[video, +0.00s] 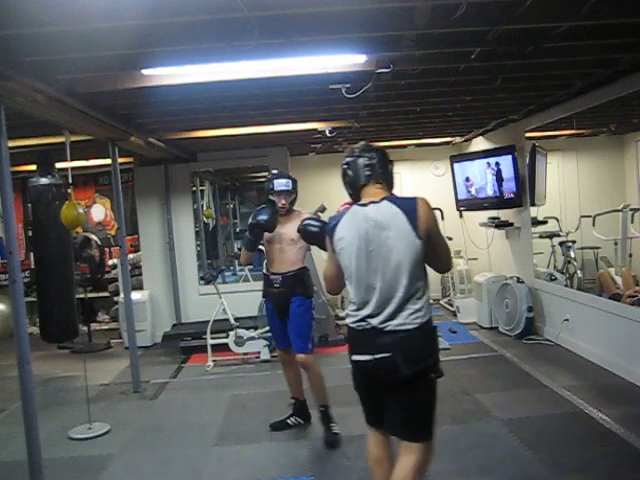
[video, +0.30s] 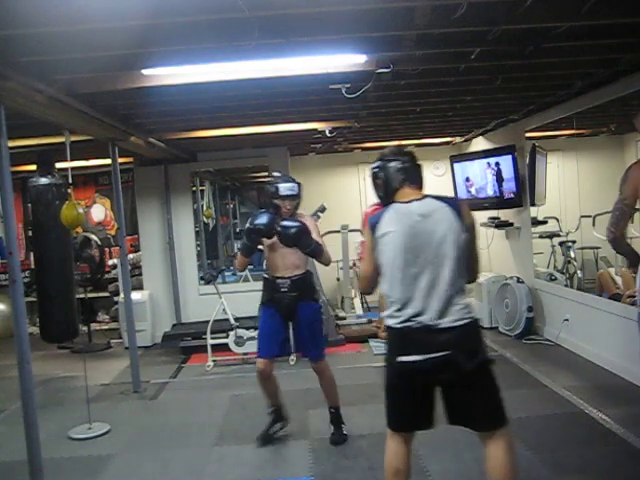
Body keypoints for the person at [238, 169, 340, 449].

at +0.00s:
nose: (282, 201)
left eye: (287, 196)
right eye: (278, 196)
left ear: (295, 196)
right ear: (270, 196)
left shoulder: (305, 220)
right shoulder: (263, 220)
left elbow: (333, 249)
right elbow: (245, 259)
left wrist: (324, 235)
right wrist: (254, 232)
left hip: (297, 286)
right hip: (271, 287)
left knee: (303, 357)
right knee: (285, 355)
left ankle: (327, 418)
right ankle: (300, 411)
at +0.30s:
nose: (288, 205)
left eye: (292, 200)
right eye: (283, 200)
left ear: (298, 200)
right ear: (272, 200)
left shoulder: (306, 222)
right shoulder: (263, 224)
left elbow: (325, 258)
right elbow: (239, 265)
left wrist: (304, 242)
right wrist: (252, 237)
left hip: (304, 293)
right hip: (273, 294)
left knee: (318, 362)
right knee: (263, 367)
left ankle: (336, 419)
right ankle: (278, 415)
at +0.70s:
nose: (245, 203)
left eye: (249, 197)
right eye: (240, 197)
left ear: (255, 197)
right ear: (227, 198)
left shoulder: (265, 222)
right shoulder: (213, 228)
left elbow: (293, 257)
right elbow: (201, 273)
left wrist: (298, 243)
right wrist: (217, 244)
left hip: (264, 299)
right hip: (230, 301)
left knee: (272, 371)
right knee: (233, 376)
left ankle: (294, 423)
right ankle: (242, 438)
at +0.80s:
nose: (242, 202)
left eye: (246, 196)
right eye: (236, 196)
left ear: (250, 198)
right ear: (221, 196)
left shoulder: (258, 222)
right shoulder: (204, 226)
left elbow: (289, 258)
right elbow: (193, 271)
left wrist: (295, 242)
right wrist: (212, 243)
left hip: (257, 301)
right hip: (224, 303)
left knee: (261, 376)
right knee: (231, 377)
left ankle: (264, 453)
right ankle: (241, 438)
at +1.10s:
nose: (241, 202)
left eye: (243, 196)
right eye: (235, 196)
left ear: (243, 198)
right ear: (217, 196)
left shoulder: (249, 225)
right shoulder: (195, 228)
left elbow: (276, 264)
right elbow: (184, 277)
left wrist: (290, 248)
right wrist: (209, 246)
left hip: (246, 311)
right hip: (209, 312)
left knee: (245, 393)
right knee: (201, 394)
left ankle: (242, 464)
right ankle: (209, 444)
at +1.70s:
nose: (263, 206)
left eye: (264, 200)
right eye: (259, 199)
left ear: (241, 197)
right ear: (240, 196)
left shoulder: (248, 225)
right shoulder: (207, 228)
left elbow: (271, 256)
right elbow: (215, 282)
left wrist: (303, 250)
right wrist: (250, 248)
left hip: (252, 323)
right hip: (221, 329)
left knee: (287, 400)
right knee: (221, 418)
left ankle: (270, 471)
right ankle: (205, 477)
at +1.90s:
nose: (286, 209)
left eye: (286, 202)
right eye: (282, 201)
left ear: (264, 198)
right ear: (265, 197)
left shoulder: (270, 226)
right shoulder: (224, 224)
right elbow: (225, 279)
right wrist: (268, 248)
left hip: (262, 324)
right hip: (231, 328)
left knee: (297, 403)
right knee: (229, 421)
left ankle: (298, 472)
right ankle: (207, 476)